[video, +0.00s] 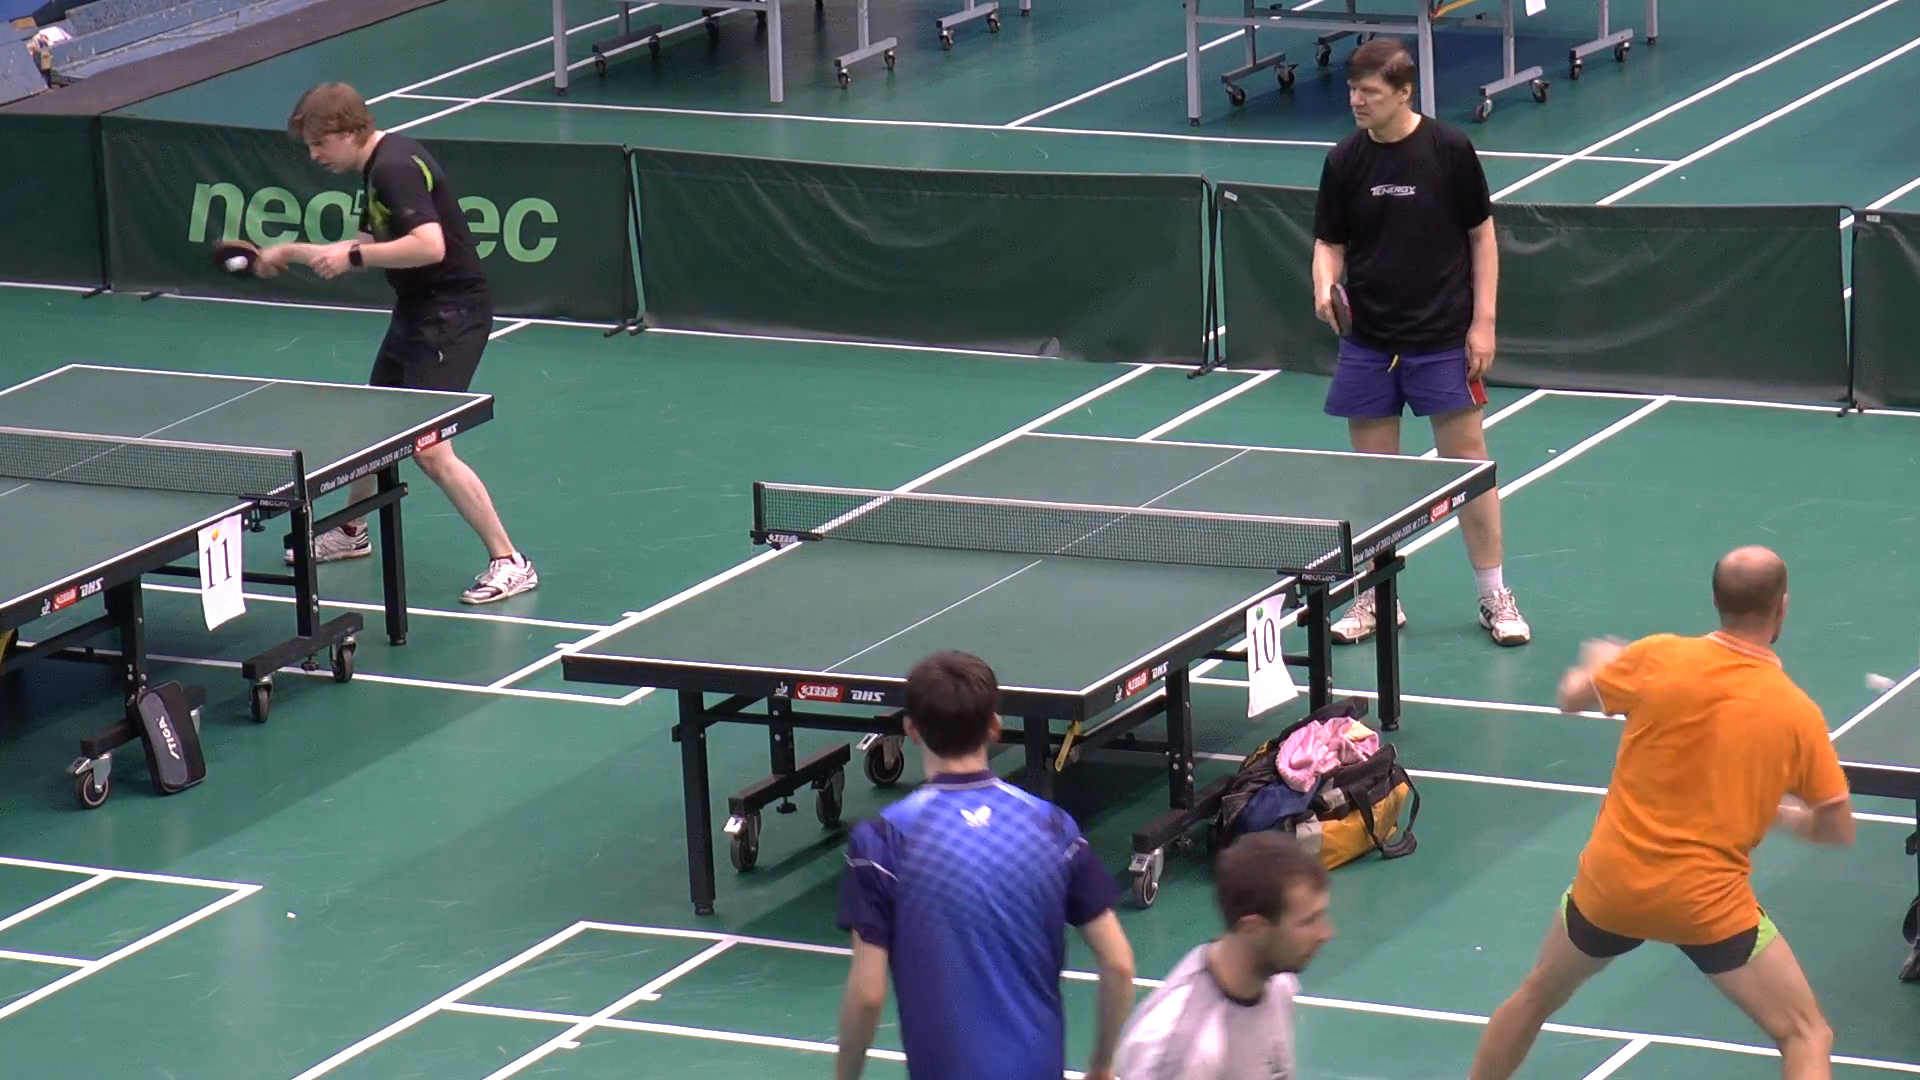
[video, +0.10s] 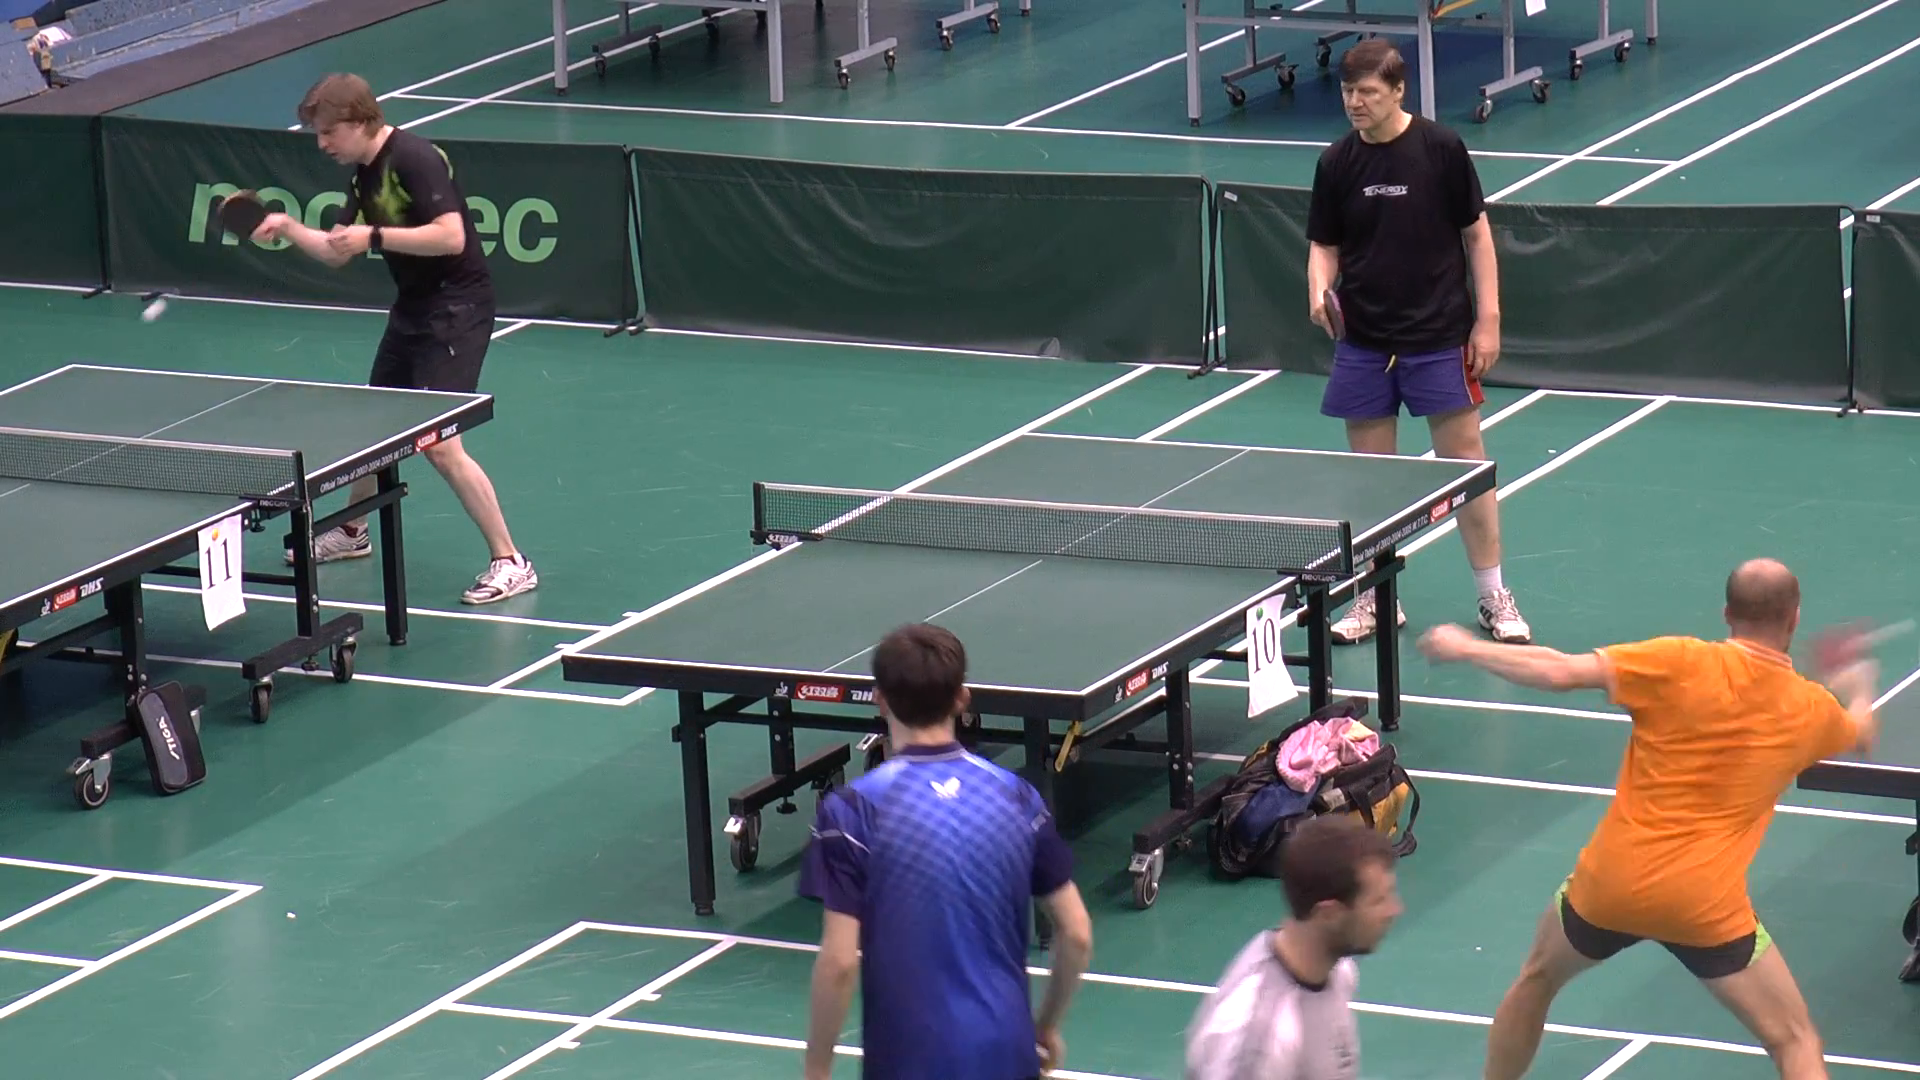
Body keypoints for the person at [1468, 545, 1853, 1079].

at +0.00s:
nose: (1786, 599)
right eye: (1786, 592)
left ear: (1716, 599)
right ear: (1781, 604)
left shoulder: (1658, 657)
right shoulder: (1797, 712)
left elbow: (1570, 698)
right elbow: (1837, 830)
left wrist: (1594, 664)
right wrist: (1774, 805)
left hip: (1610, 883)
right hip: (1706, 900)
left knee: (1534, 997)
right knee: (1805, 1033)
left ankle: (1479, 1076)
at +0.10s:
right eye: (1796, 606)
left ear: (1726, 613)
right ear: (1792, 616)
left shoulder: (1675, 660)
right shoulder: (1810, 706)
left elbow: (1559, 671)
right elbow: (1861, 735)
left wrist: (1470, 648)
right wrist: (1861, 689)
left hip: (1611, 885)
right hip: (1706, 903)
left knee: (1536, 980)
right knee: (1793, 1040)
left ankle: (1496, 1075)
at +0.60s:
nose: (1728, 519)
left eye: (1724, 510)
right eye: (1725, 512)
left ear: (1655, 527)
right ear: (1711, 530)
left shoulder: (1598, 583)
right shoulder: (1730, 622)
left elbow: (1513, 666)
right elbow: (1761, 748)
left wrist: (1517, 707)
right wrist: (1831, 797)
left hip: (1588, 823)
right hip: (1672, 835)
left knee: (1546, 944)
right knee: (1780, 949)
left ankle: (1490, 1070)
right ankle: (1758, 1074)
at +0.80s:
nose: (1786, 492)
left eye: (1781, 484)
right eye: (1781, 487)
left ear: (1714, 507)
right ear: (1761, 511)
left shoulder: (1659, 548)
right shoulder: (1754, 608)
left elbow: (1615, 619)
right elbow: (1759, 734)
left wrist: (1688, 601)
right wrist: (1846, 780)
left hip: (1616, 784)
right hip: (1696, 803)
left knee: (1560, 922)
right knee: (1798, 927)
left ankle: (1486, 1061)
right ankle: (1792, 1069)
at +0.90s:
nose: (1828, 506)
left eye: (1822, 497)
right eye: (1821, 503)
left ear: (1756, 520)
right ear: (1802, 530)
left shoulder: (1712, 555)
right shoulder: (1788, 622)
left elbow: (1673, 615)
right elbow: (1790, 746)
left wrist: (1782, 596)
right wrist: (1884, 786)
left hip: (1655, 789)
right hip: (1733, 808)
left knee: (1584, 922)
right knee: (1830, 924)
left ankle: (1495, 1059)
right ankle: (1823, 1071)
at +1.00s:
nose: (1868, 497)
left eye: (1861, 491)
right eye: (1861, 495)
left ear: (1797, 522)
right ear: (1842, 527)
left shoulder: (1755, 552)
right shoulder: (1830, 616)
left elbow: (1715, 610)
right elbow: (1840, 739)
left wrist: (1821, 583)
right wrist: (1918, 771)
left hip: (1705, 786)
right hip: (1782, 806)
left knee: (1631, 913)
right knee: (1868, 928)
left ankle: (1529, 1041)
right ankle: (1828, 1073)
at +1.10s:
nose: (1900, 490)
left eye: (1896, 483)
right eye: (1895, 488)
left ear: (1826, 509)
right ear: (1876, 518)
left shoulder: (1783, 546)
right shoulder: (1870, 607)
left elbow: (1746, 609)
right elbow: (1904, 731)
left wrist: (1857, 570)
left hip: (1745, 779)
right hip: (1820, 797)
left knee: (1697, 904)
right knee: (1883, 930)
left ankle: (1598, 1036)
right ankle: (1830, 1071)